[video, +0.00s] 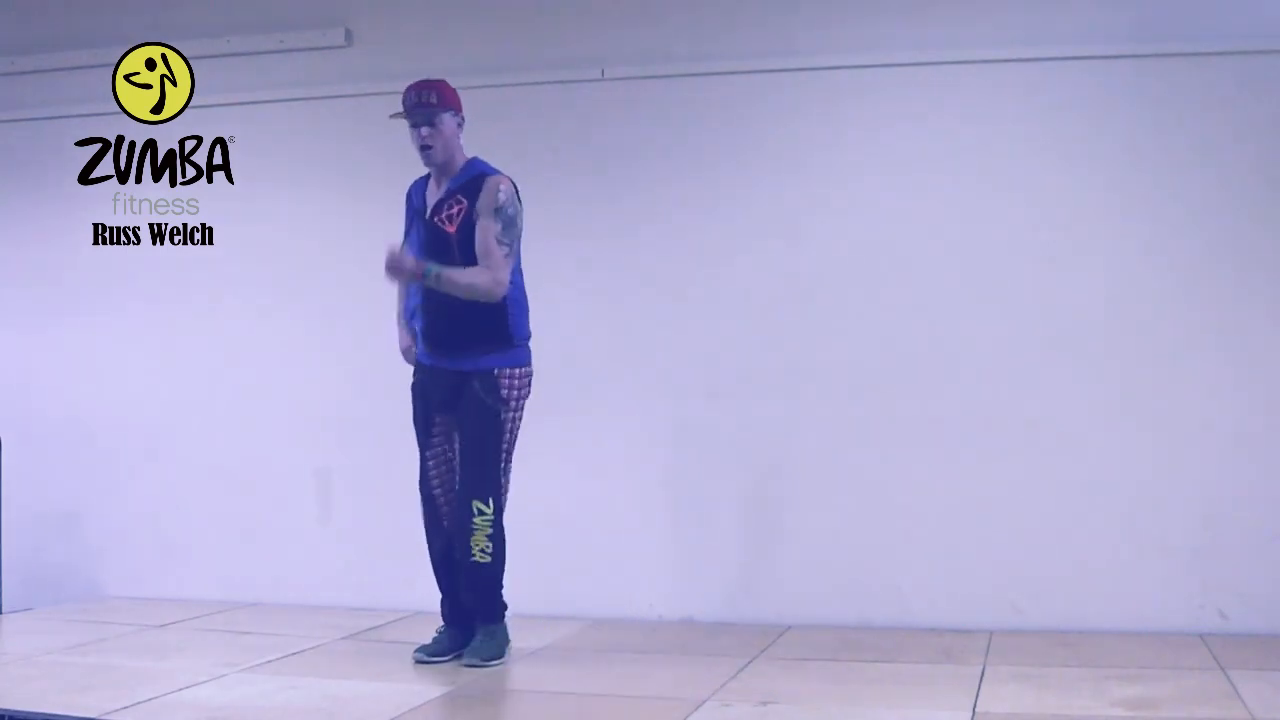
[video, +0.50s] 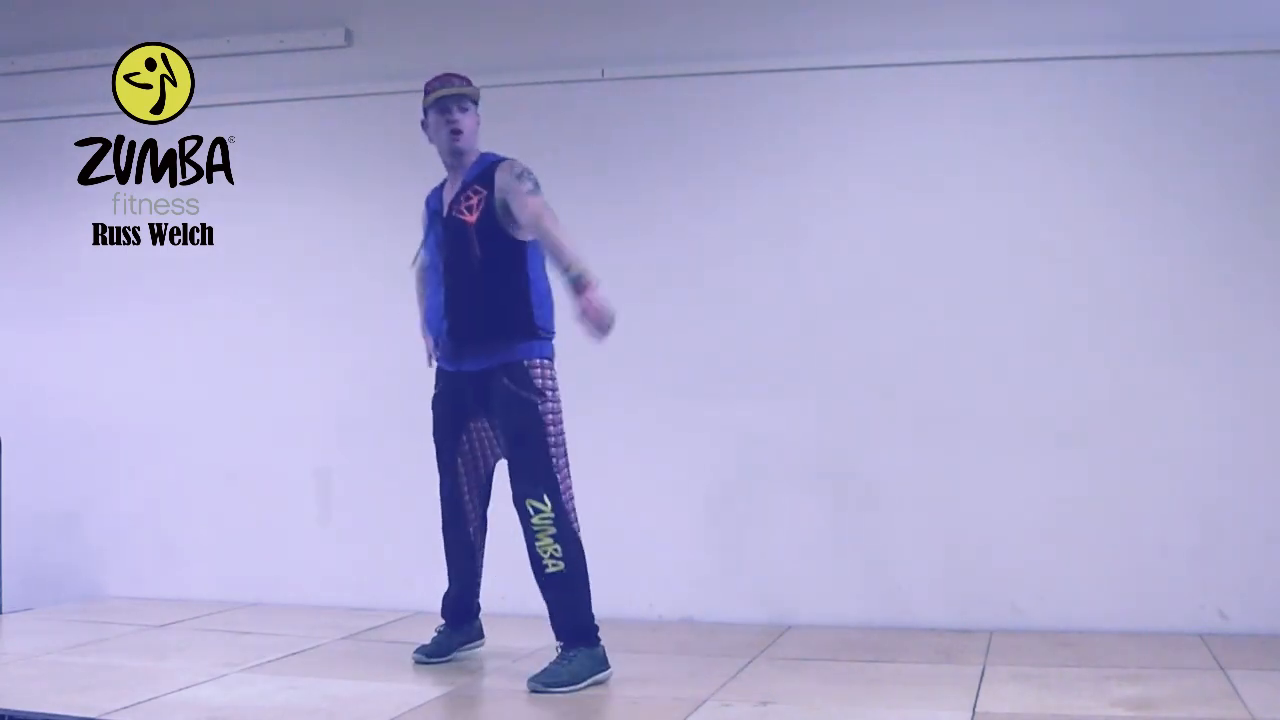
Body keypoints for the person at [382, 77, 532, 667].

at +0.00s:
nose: (422, 136)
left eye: (430, 124)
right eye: (414, 127)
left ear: (458, 123)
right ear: (409, 133)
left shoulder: (495, 190)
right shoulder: (418, 194)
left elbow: (494, 283)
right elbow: (412, 273)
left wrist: (420, 271)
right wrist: (404, 326)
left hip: (493, 364)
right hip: (436, 364)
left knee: (479, 497)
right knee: (439, 495)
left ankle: (490, 625)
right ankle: (457, 622)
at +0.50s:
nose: (454, 119)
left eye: (463, 108)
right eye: (441, 112)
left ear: (479, 118)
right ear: (426, 127)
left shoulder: (506, 175)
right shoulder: (434, 201)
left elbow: (542, 225)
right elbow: (426, 273)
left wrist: (584, 285)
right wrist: (430, 333)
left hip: (519, 365)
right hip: (457, 372)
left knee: (543, 504)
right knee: (460, 502)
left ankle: (581, 646)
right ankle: (462, 623)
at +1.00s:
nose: (488, 99)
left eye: (499, 89)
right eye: (477, 92)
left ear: (521, 101)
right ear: (465, 110)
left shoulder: (553, 162)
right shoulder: (467, 186)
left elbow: (623, 210)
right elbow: (460, 262)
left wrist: (574, 140)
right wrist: (467, 325)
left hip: (558, 358)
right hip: (498, 362)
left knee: (562, 503)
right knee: (519, 504)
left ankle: (585, 648)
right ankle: (579, 638)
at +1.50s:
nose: (458, 112)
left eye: (470, 101)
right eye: (458, 101)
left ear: (502, 112)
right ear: (469, 114)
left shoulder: (526, 183)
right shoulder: (456, 183)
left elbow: (521, 273)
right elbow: (446, 268)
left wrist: (513, 365)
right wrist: (442, 349)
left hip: (517, 368)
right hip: (461, 370)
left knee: (538, 505)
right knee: (451, 501)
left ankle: (582, 646)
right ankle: (448, 624)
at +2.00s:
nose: (419, 129)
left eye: (430, 119)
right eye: (412, 119)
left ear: (457, 120)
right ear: (407, 125)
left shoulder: (486, 188)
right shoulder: (411, 193)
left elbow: (485, 282)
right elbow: (408, 272)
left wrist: (400, 281)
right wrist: (403, 335)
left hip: (479, 366)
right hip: (426, 366)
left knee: (465, 496)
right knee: (431, 497)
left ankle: (490, 628)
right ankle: (447, 625)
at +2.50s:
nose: (462, 113)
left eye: (471, 103)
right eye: (450, 104)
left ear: (485, 114)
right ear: (432, 118)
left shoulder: (506, 171)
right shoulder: (428, 194)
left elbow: (562, 215)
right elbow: (414, 267)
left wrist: (551, 290)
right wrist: (418, 323)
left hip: (514, 363)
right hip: (452, 368)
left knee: (533, 503)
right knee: (456, 506)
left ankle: (590, 638)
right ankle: (450, 629)